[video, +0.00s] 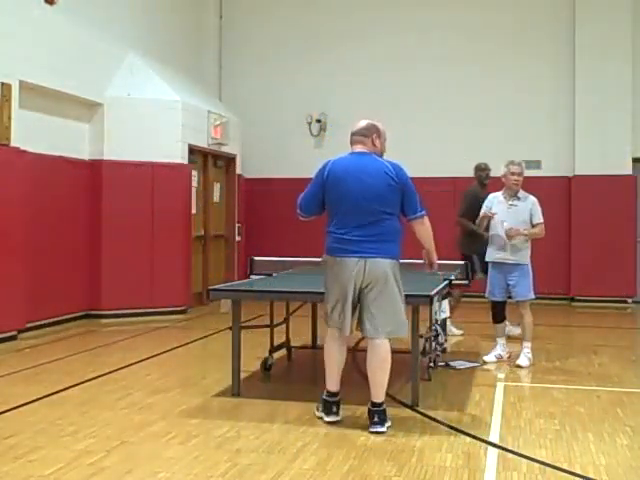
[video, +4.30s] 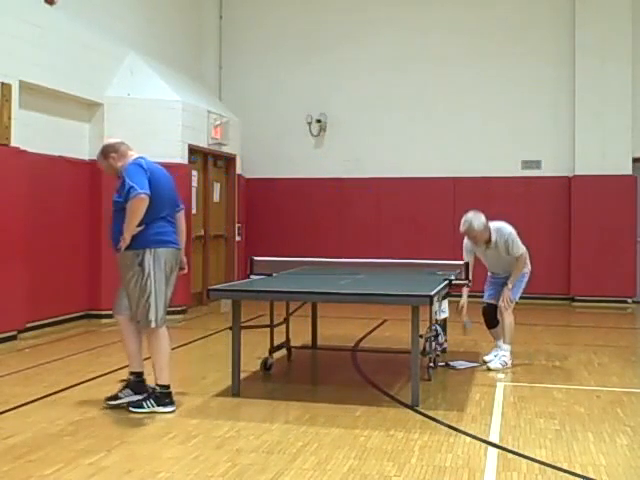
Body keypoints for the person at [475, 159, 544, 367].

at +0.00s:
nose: (516, 178)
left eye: (519, 175)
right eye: (512, 174)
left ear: (523, 178)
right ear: (503, 177)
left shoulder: (531, 202)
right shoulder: (492, 199)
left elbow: (540, 231)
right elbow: (480, 228)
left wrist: (521, 232)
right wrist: (485, 218)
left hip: (520, 261)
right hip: (496, 260)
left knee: (523, 305)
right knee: (497, 305)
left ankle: (526, 349)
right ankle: (501, 347)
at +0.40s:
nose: (507, 178)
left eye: (512, 174)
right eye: (504, 174)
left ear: (521, 176)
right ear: (500, 177)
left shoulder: (530, 199)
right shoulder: (494, 200)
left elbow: (536, 221)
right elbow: (487, 224)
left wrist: (514, 202)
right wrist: (479, 227)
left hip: (520, 260)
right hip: (497, 259)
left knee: (523, 304)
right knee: (497, 304)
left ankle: (526, 349)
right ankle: (501, 347)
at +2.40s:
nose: (501, 187)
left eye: (505, 183)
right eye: (499, 183)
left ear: (517, 180)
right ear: (497, 183)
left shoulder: (531, 201)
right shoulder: (495, 198)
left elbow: (537, 229)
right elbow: (483, 223)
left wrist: (513, 227)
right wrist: (483, 219)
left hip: (520, 261)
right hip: (497, 260)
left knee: (523, 305)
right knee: (497, 304)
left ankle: (527, 350)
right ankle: (501, 347)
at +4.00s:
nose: (480, 200)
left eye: (483, 195)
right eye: (478, 196)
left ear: (494, 190)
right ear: (477, 193)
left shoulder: (511, 205)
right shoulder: (476, 206)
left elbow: (520, 236)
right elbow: (471, 231)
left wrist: (504, 257)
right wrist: (475, 249)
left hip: (508, 263)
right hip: (487, 263)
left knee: (506, 305)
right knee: (490, 306)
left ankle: (508, 350)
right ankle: (499, 346)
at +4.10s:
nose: (476, 209)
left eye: (479, 206)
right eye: (474, 206)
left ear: (490, 200)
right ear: (473, 203)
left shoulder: (509, 212)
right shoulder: (474, 213)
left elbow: (518, 244)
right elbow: (472, 240)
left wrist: (504, 269)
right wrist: (473, 261)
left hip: (510, 263)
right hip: (489, 264)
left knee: (506, 305)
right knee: (489, 306)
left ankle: (506, 352)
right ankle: (499, 346)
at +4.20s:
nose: (471, 223)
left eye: (474, 220)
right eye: (470, 220)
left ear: (485, 214)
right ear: (469, 216)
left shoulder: (507, 222)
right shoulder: (471, 227)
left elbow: (519, 251)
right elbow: (470, 254)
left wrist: (507, 280)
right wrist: (469, 282)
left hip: (514, 267)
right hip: (492, 268)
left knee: (504, 306)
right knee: (488, 309)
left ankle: (506, 352)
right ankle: (500, 346)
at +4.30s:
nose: (470, 239)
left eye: (472, 235)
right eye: (468, 236)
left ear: (483, 229)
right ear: (466, 233)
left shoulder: (505, 232)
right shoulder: (469, 242)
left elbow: (522, 257)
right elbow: (467, 271)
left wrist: (509, 286)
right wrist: (464, 296)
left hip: (517, 271)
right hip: (495, 273)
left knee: (504, 307)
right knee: (488, 310)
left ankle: (506, 352)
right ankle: (499, 347)